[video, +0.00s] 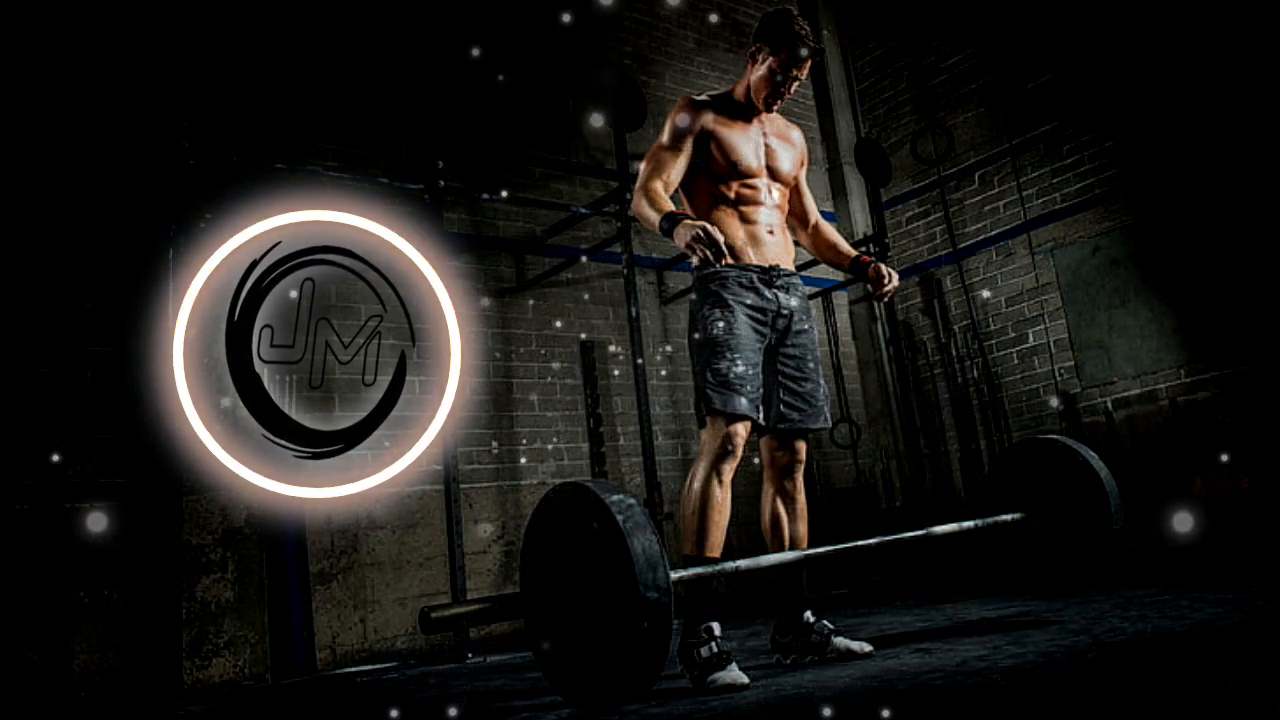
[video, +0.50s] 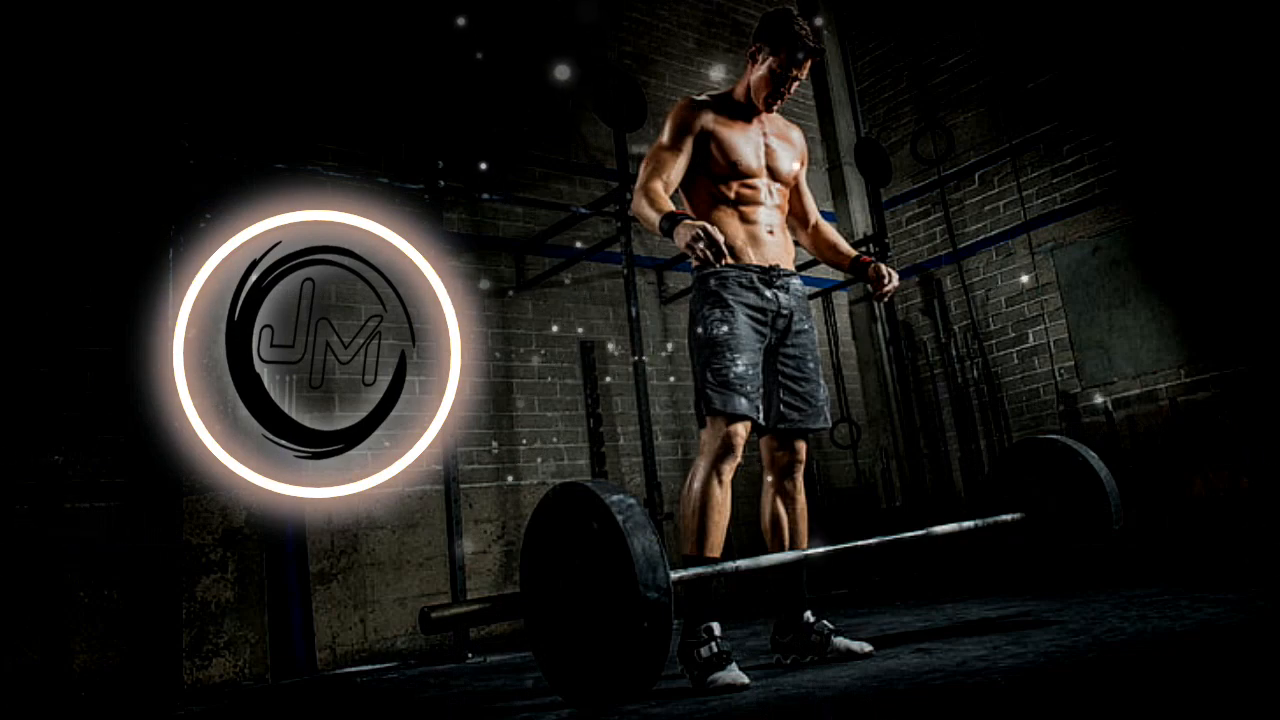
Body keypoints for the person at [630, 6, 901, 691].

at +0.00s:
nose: (789, 88)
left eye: (799, 78)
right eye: (786, 72)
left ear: (801, 77)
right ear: (756, 58)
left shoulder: (792, 137)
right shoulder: (697, 117)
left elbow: (808, 224)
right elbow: (645, 197)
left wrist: (860, 264)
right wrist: (676, 226)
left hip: (790, 297)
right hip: (730, 293)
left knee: (790, 455)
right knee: (730, 437)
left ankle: (798, 624)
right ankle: (699, 634)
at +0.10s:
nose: (791, 88)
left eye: (800, 78)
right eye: (788, 72)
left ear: (800, 75)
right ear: (757, 58)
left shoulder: (792, 136)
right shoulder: (696, 116)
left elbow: (808, 224)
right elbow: (645, 198)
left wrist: (860, 264)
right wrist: (676, 226)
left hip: (791, 297)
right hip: (731, 293)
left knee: (790, 455)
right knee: (730, 438)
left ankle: (798, 624)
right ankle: (699, 633)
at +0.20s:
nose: (793, 88)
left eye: (802, 79)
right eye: (789, 73)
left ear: (802, 76)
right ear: (757, 58)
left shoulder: (792, 136)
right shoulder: (697, 115)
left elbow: (809, 225)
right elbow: (645, 199)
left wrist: (861, 264)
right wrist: (676, 226)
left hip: (790, 297)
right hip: (730, 293)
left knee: (790, 454)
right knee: (729, 439)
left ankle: (797, 624)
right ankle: (698, 633)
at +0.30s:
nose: (793, 88)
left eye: (802, 78)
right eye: (789, 73)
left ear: (802, 76)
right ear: (757, 58)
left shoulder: (792, 137)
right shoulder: (698, 114)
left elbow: (809, 225)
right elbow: (645, 199)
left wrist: (861, 265)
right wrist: (676, 225)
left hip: (790, 298)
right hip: (730, 293)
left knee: (790, 455)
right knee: (729, 438)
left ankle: (798, 624)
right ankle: (698, 633)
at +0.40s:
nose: (791, 87)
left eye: (800, 78)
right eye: (787, 72)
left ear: (803, 76)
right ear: (757, 57)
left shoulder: (792, 137)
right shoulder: (698, 116)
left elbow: (809, 224)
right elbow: (645, 197)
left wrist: (860, 264)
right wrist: (676, 226)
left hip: (790, 297)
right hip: (730, 293)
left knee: (790, 455)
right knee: (729, 438)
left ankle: (798, 624)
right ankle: (699, 634)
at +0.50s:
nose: (793, 88)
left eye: (802, 78)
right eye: (789, 73)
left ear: (804, 76)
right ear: (757, 58)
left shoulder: (792, 136)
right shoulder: (697, 115)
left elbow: (809, 225)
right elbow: (645, 198)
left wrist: (860, 264)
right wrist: (677, 225)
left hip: (790, 297)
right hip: (730, 292)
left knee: (790, 455)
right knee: (729, 439)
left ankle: (798, 624)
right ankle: (699, 634)